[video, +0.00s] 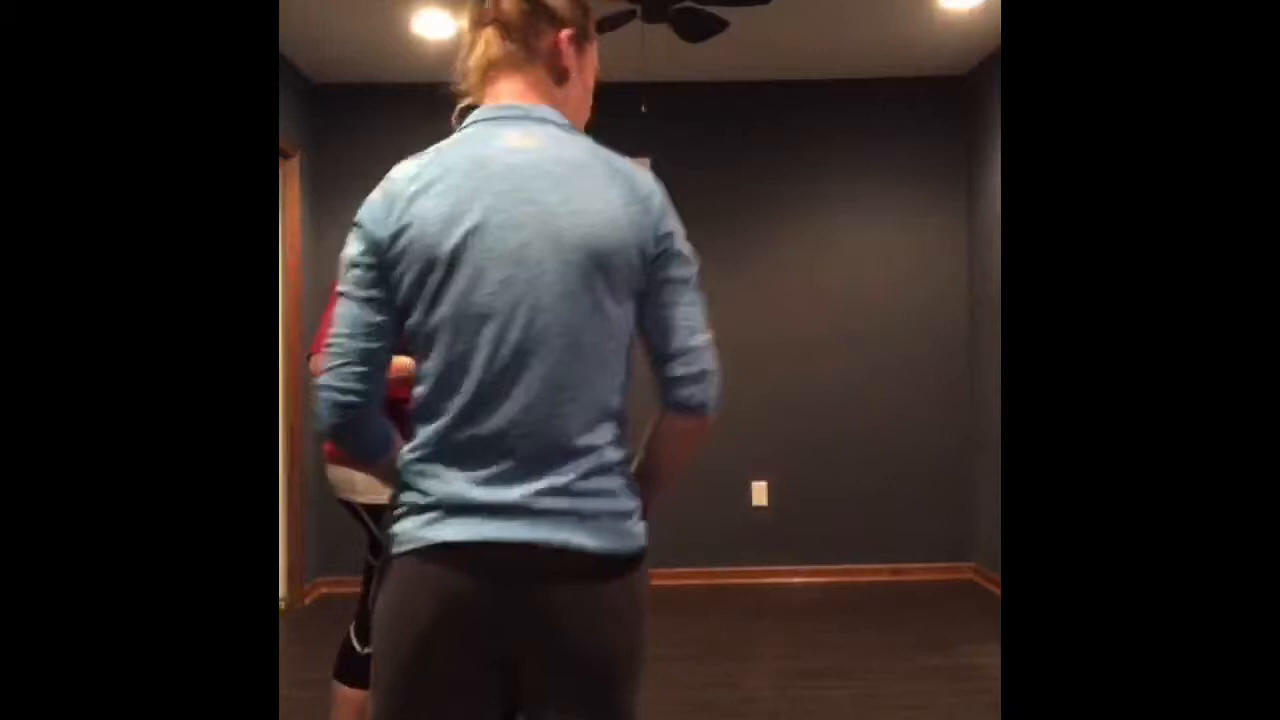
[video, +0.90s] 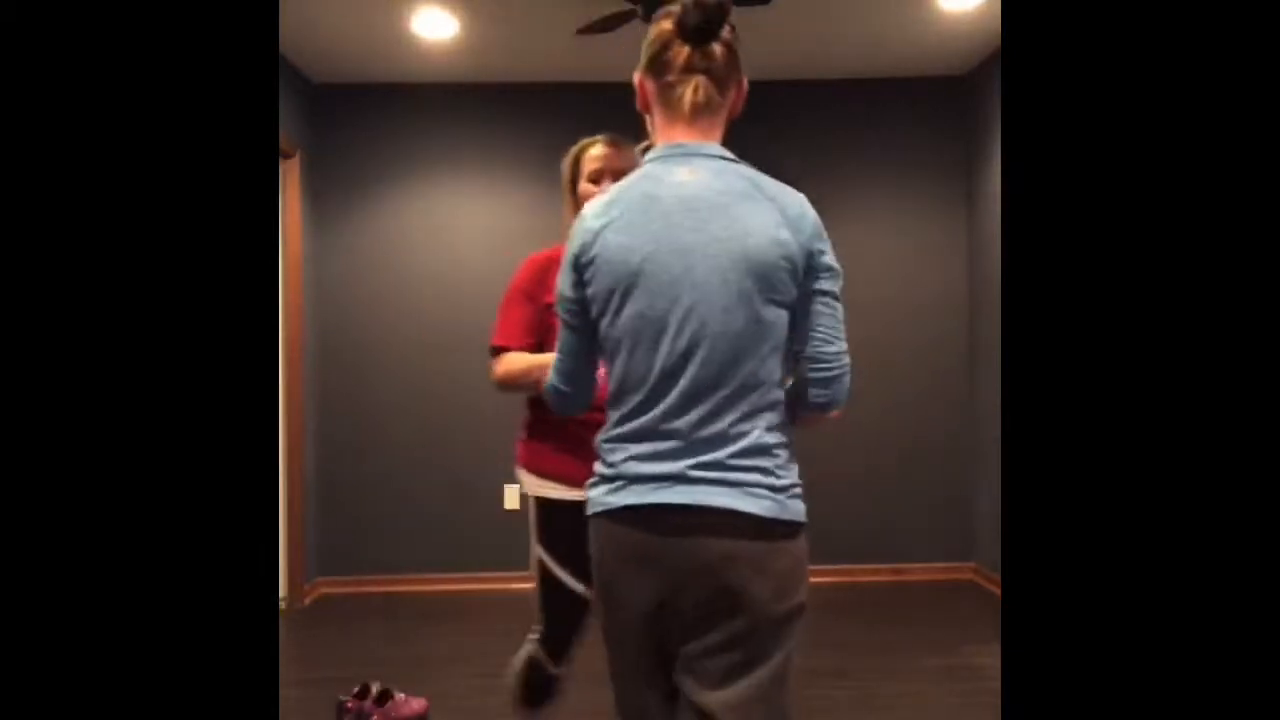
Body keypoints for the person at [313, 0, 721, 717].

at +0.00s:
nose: (595, 79)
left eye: (595, 57)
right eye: (594, 54)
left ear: (481, 60)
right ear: (565, 48)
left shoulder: (401, 191)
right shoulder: (633, 190)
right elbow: (693, 394)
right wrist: (632, 505)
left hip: (436, 571)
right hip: (592, 575)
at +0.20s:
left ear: (504, 69)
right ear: (611, 62)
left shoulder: (458, 203)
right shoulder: (683, 192)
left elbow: (418, 422)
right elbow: (758, 378)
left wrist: (491, 462)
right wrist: (690, 468)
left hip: (494, 550)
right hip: (645, 549)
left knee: (439, 702)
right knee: (639, 708)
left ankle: (375, 697)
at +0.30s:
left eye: (532, 66)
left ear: (535, 71)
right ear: (644, 74)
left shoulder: (492, 208)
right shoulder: (713, 196)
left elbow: (464, 425)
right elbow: (790, 377)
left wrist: (448, 387)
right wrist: (737, 462)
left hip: (531, 559)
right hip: (685, 554)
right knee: (689, 708)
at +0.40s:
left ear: (561, 65)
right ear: (669, 69)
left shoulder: (522, 202)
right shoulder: (738, 189)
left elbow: (495, 409)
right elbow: (809, 373)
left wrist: (465, 381)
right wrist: (751, 453)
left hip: (556, 552)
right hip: (707, 552)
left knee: (515, 709)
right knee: (710, 709)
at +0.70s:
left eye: (614, 68)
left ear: (617, 77)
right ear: (717, 80)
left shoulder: (572, 204)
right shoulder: (774, 196)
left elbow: (544, 379)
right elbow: (828, 378)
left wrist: (506, 370)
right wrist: (766, 430)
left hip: (600, 530)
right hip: (730, 533)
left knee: (634, 709)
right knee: (712, 708)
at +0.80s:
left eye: (627, 78)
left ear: (630, 86)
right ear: (727, 90)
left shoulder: (585, 215)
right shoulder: (782, 204)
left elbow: (557, 382)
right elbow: (829, 382)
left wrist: (518, 372)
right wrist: (782, 406)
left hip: (613, 525)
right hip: (740, 527)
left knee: (639, 710)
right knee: (718, 708)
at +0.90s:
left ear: (643, 92)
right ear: (738, 96)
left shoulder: (598, 220)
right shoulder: (791, 212)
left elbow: (569, 391)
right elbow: (825, 390)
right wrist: (753, 408)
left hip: (629, 522)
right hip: (754, 524)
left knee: (645, 707)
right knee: (743, 706)